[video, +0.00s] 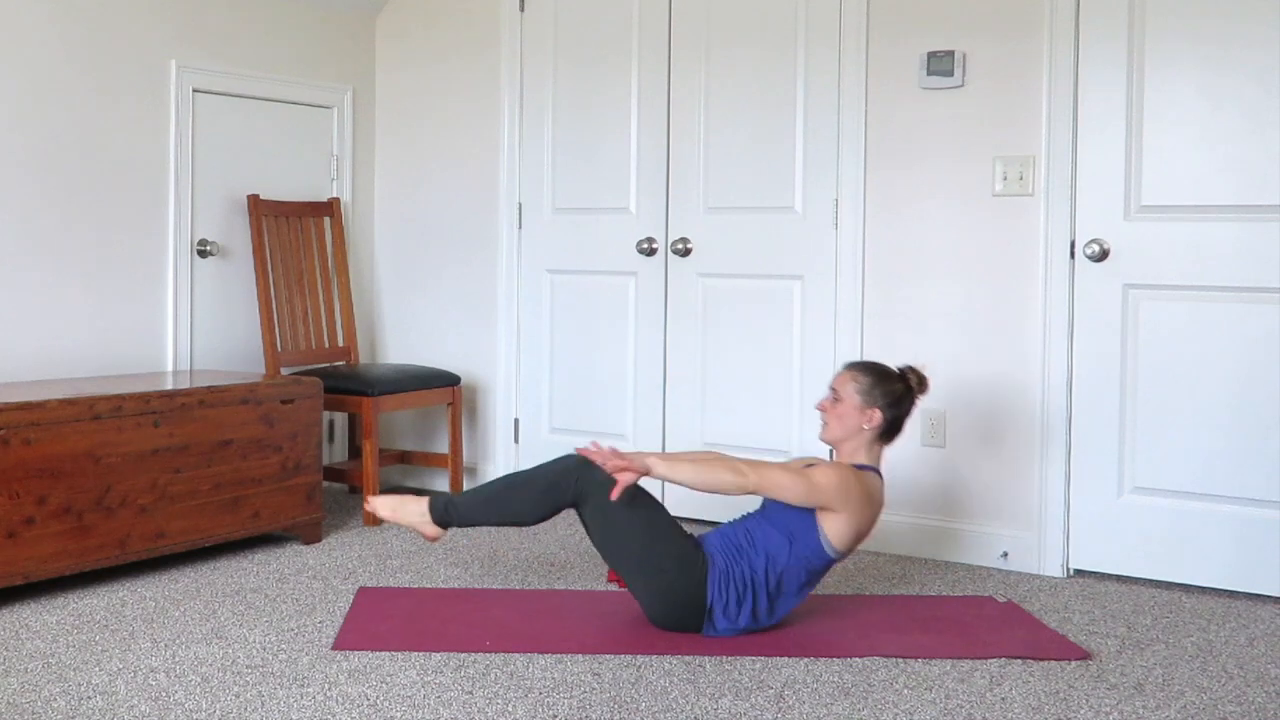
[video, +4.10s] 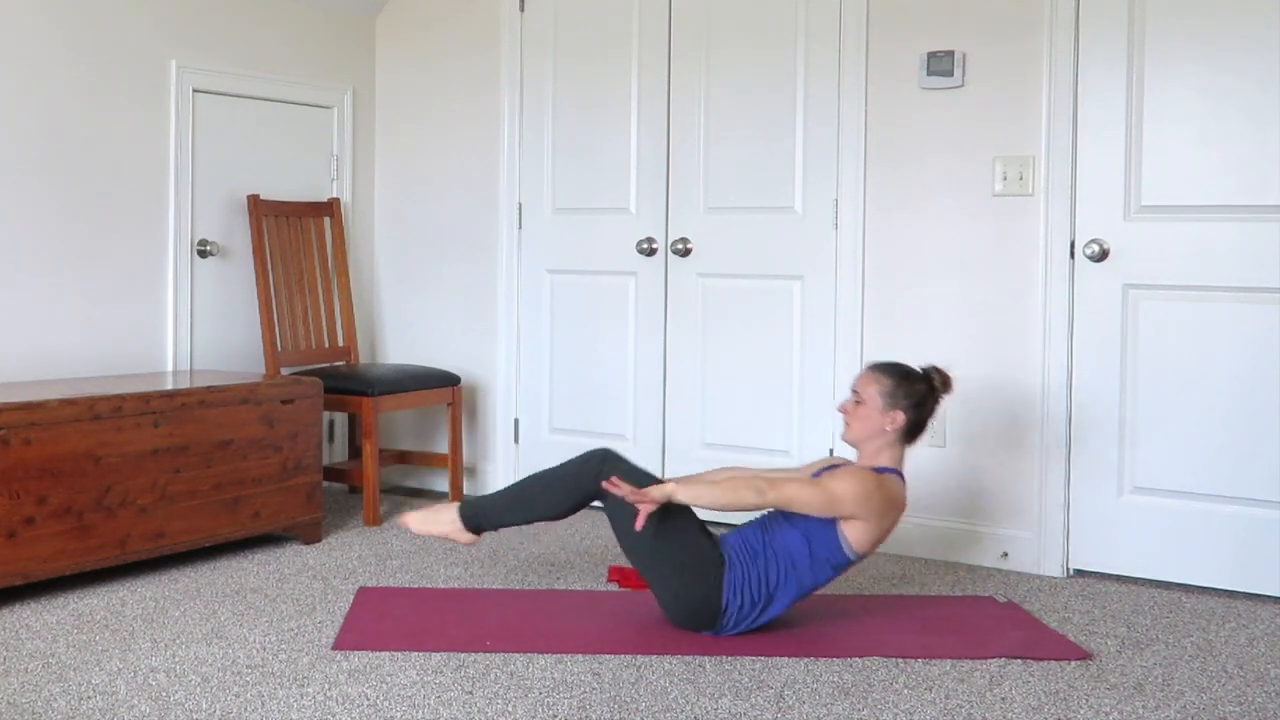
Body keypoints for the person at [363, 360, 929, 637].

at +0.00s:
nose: (823, 408)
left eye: (837, 401)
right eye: (829, 398)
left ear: (871, 422)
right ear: (861, 420)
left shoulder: (851, 486)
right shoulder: (839, 477)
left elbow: (744, 476)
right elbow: (740, 471)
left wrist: (643, 465)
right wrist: (644, 461)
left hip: (699, 594)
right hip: (698, 573)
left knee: (583, 471)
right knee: (588, 466)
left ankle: (436, 513)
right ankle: (444, 510)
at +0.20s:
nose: (869, 452)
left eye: (885, 447)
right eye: (878, 442)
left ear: (916, 474)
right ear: (910, 474)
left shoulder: (879, 530)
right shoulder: (878, 522)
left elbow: (784, 497)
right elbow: (785, 497)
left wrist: (694, 463)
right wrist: (697, 468)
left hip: (704, 587)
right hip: (706, 569)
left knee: (562, 511)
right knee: (565, 501)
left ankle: (413, 503)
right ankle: (417, 499)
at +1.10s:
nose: (829, 394)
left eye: (843, 389)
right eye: (837, 383)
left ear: (874, 415)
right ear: (863, 410)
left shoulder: (855, 484)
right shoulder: (826, 461)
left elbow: (753, 485)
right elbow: (738, 467)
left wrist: (655, 482)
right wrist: (649, 474)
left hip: (712, 597)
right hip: (707, 572)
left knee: (601, 457)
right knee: (605, 453)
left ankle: (459, 494)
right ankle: (461, 481)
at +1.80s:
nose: (893, 454)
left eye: (910, 453)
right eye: (903, 445)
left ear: (933, 484)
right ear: (920, 477)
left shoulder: (886, 540)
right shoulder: (876, 518)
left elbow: (795, 509)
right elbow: (789, 500)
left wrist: (705, 467)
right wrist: (704, 471)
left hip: (712, 590)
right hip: (715, 567)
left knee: (583, 490)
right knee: (584, 486)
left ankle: (427, 480)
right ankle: (443, 465)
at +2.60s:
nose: (855, 412)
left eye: (870, 408)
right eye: (863, 402)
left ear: (901, 433)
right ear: (884, 425)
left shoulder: (876, 497)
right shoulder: (843, 474)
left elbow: (778, 511)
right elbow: (749, 479)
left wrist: (677, 513)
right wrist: (662, 478)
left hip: (718, 595)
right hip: (716, 567)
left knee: (603, 467)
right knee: (602, 465)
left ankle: (456, 488)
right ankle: (461, 484)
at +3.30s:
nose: (905, 468)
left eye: (922, 467)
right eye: (914, 459)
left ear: (947, 499)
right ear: (925, 484)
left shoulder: (898, 553)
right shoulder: (880, 520)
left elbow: (803, 520)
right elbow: (792, 502)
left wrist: (718, 488)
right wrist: (704, 477)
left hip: (719, 589)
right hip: (724, 561)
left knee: (595, 480)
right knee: (599, 479)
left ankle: (444, 489)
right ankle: (455, 486)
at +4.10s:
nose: (844, 409)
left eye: (859, 402)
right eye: (851, 398)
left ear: (893, 424)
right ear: (880, 419)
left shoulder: (872, 489)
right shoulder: (849, 470)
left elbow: (767, 491)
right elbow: (759, 482)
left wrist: (670, 493)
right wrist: (667, 489)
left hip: (718, 597)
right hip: (717, 573)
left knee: (603, 467)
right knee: (605, 463)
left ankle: (463, 519)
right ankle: (469, 515)